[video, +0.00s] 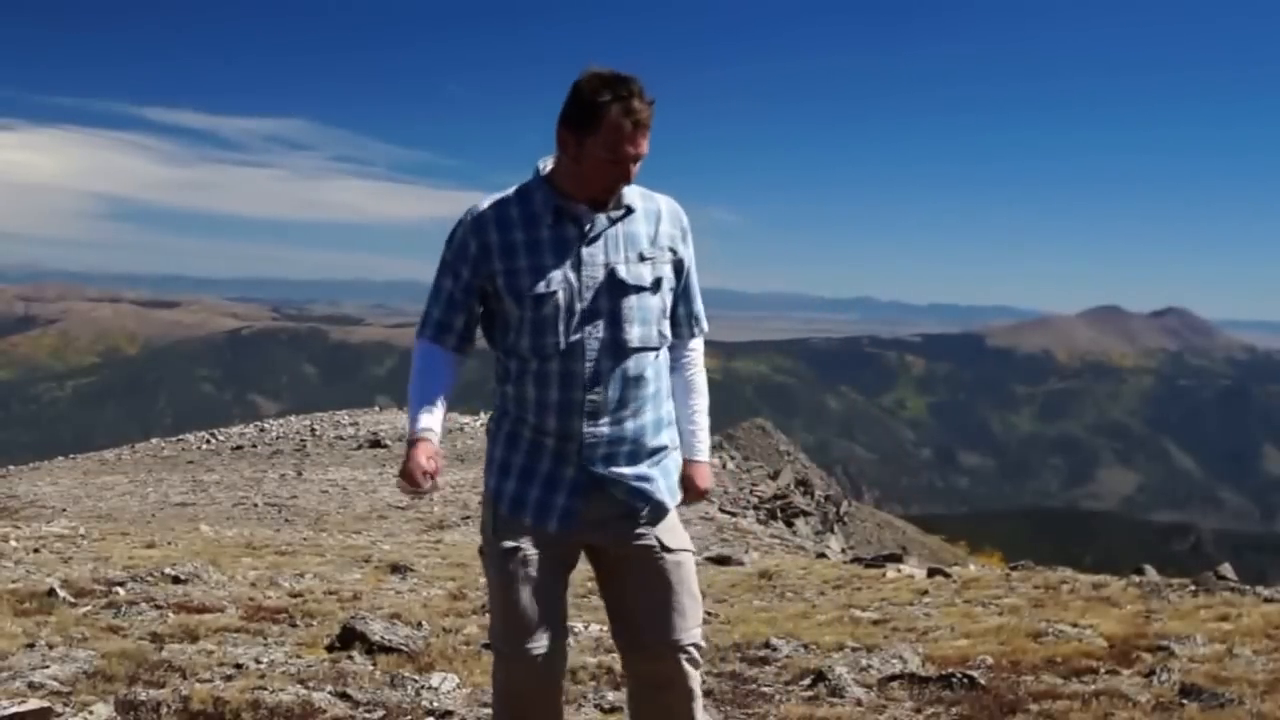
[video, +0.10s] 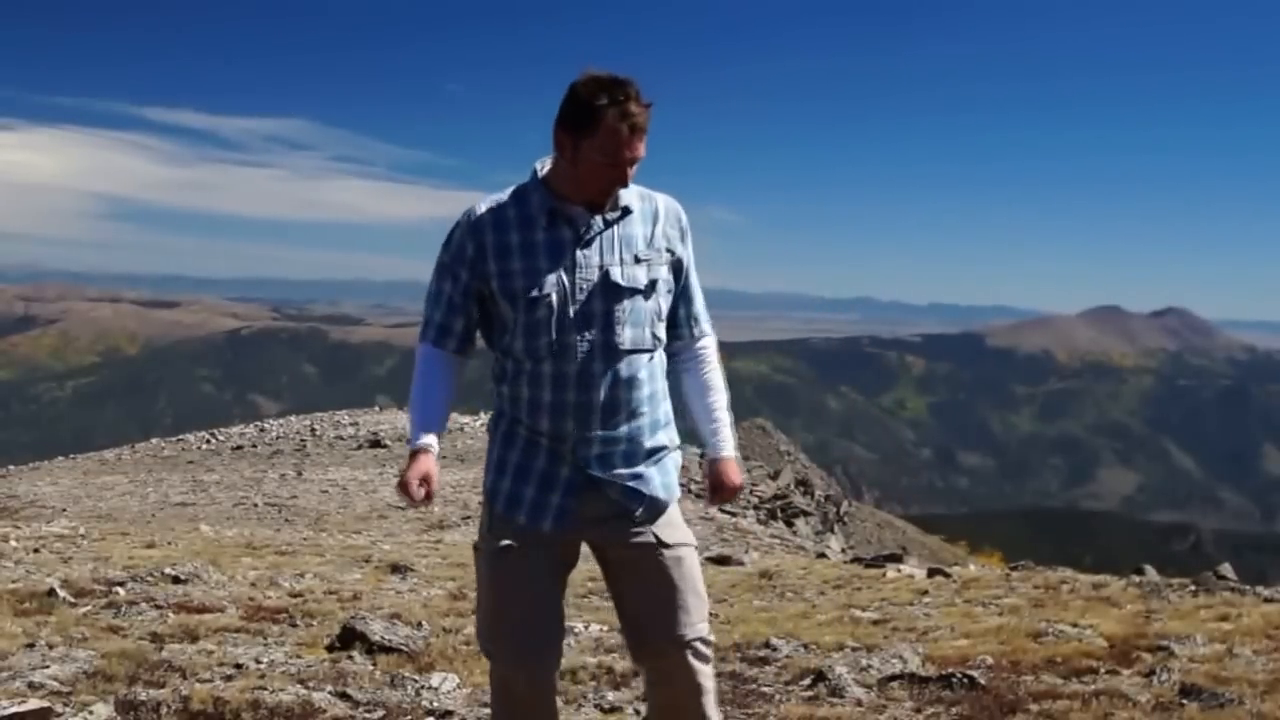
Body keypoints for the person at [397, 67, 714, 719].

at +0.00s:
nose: (631, 172)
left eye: (638, 159)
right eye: (621, 158)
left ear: (644, 146)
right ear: (571, 141)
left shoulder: (664, 221)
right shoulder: (489, 230)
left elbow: (686, 342)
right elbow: (441, 337)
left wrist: (695, 449)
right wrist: (424, 433)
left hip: (640, 477)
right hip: (529, 482)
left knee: (672, 662)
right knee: (528, 667)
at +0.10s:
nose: (627, 177)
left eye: (635, 162)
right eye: (616, 162)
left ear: (644, 147)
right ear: (567, 143)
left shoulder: (662, 221)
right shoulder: (485, 231)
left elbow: (692, 342)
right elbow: (440, 342)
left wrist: (719, 445)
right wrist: (424, 443)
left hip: (641, 474)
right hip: (528, 479)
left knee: (683, 656)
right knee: (521, 673)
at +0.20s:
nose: (631, 164)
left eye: (638, 151)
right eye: (620, 152)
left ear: (643, 137)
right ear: (572, 135)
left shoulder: (672, 208)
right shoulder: (494, 213)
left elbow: (712, 327)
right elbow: (455, 323)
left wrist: (750, 425)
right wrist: (441, 413)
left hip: (649, 464)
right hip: (536, 467)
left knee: (698, 649)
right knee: (522, 661)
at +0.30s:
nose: (639, 158)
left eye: (644, 143)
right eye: (624, 145)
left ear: (651, 137)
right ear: (577, 138)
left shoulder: (687, 211)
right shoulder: (508, 214)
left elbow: (733, 326)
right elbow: (476, 319)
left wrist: (778, 423)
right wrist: (456, 412)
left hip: (661, 467)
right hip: (548, 469)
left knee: (710, 659)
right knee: (532, 668)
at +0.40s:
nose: (647, 165)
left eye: (654, 150)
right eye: (630, 153)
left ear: (664, 145)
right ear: (588, 146)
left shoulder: (706, 219)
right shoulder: (530, 224)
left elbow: (757, 335)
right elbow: (494, 333)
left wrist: (799, 434)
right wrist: (467, 433)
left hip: (675, 477)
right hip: (564, 477)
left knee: (717, 671)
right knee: (536, 676)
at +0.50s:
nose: (667, 158)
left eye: (674, 143)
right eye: (652, 145)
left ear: (684, 140)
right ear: (611, 141)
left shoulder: (730, 215)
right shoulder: (555, 221)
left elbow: (781, 330)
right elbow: (522, 323)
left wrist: (815, 433)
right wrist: (490, 413)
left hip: (700, 475)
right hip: (589, 471)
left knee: (728, 669)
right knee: (549, 666)